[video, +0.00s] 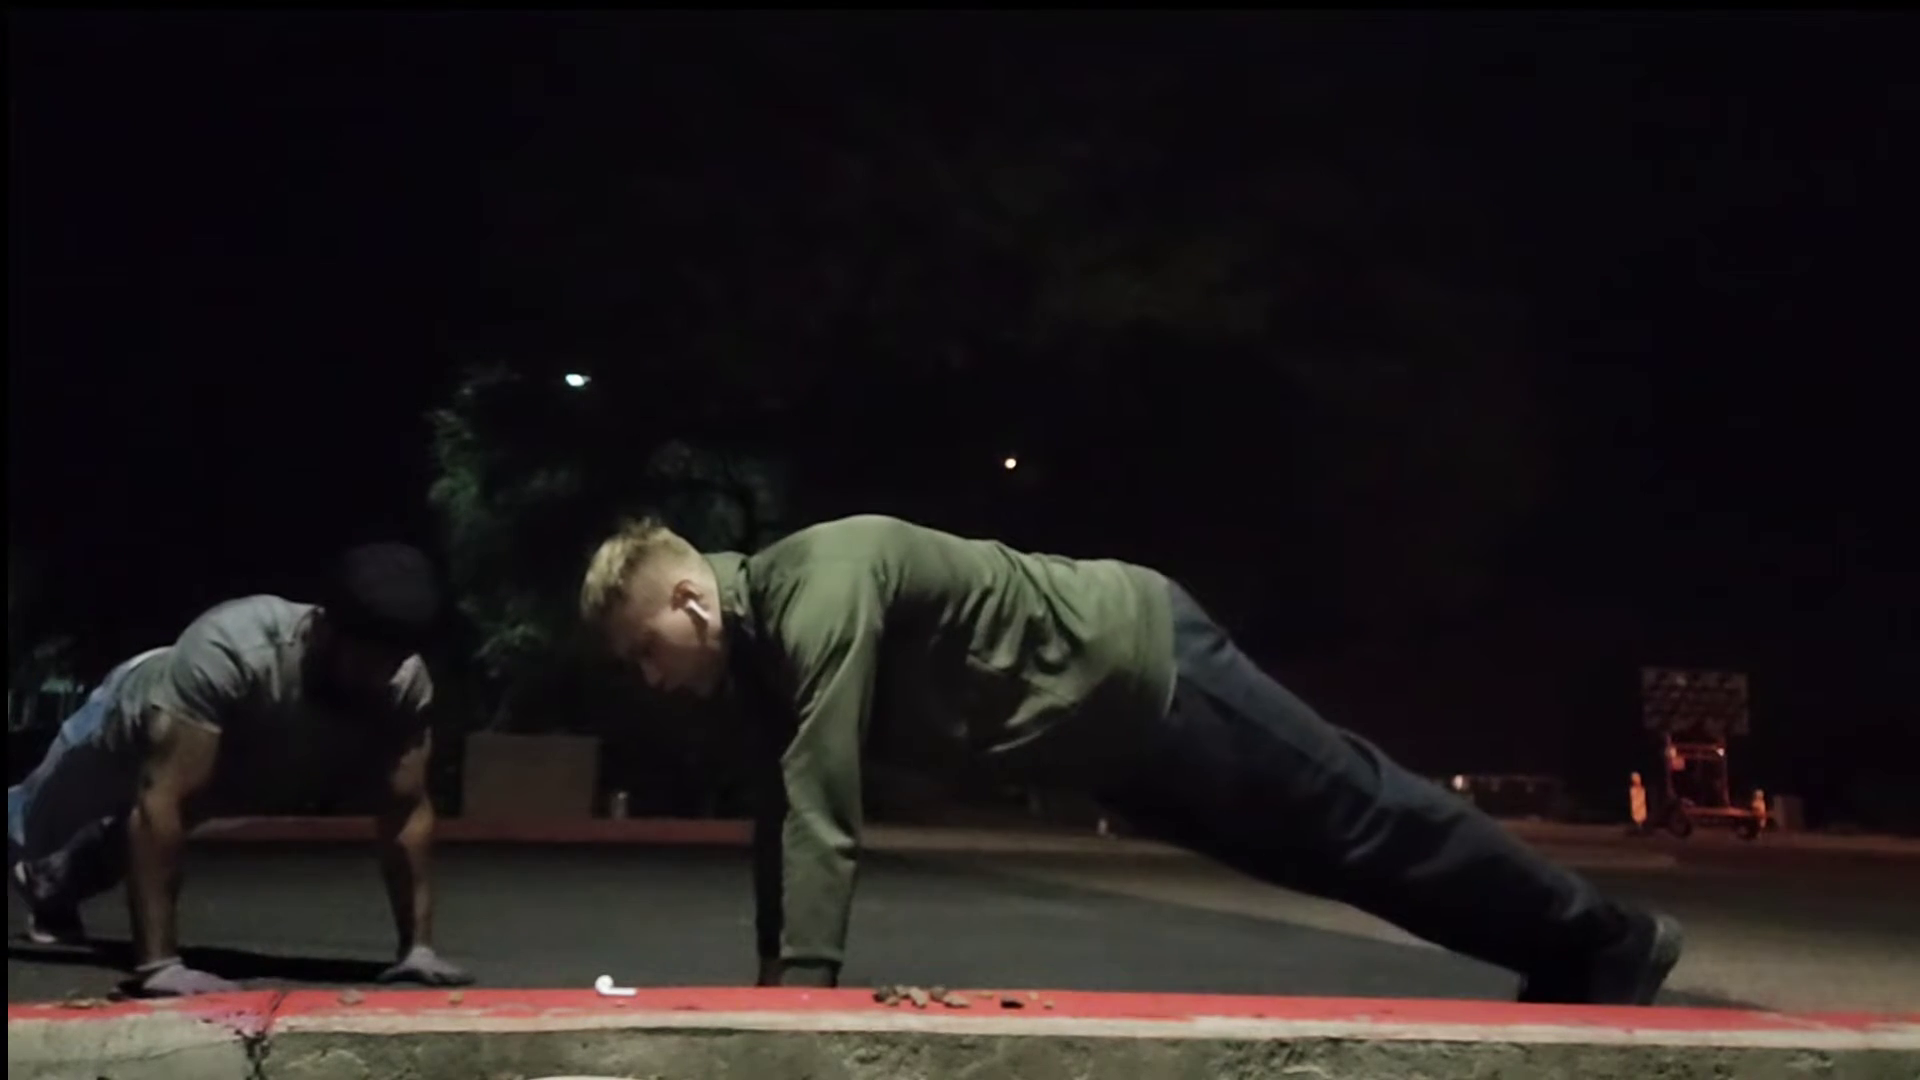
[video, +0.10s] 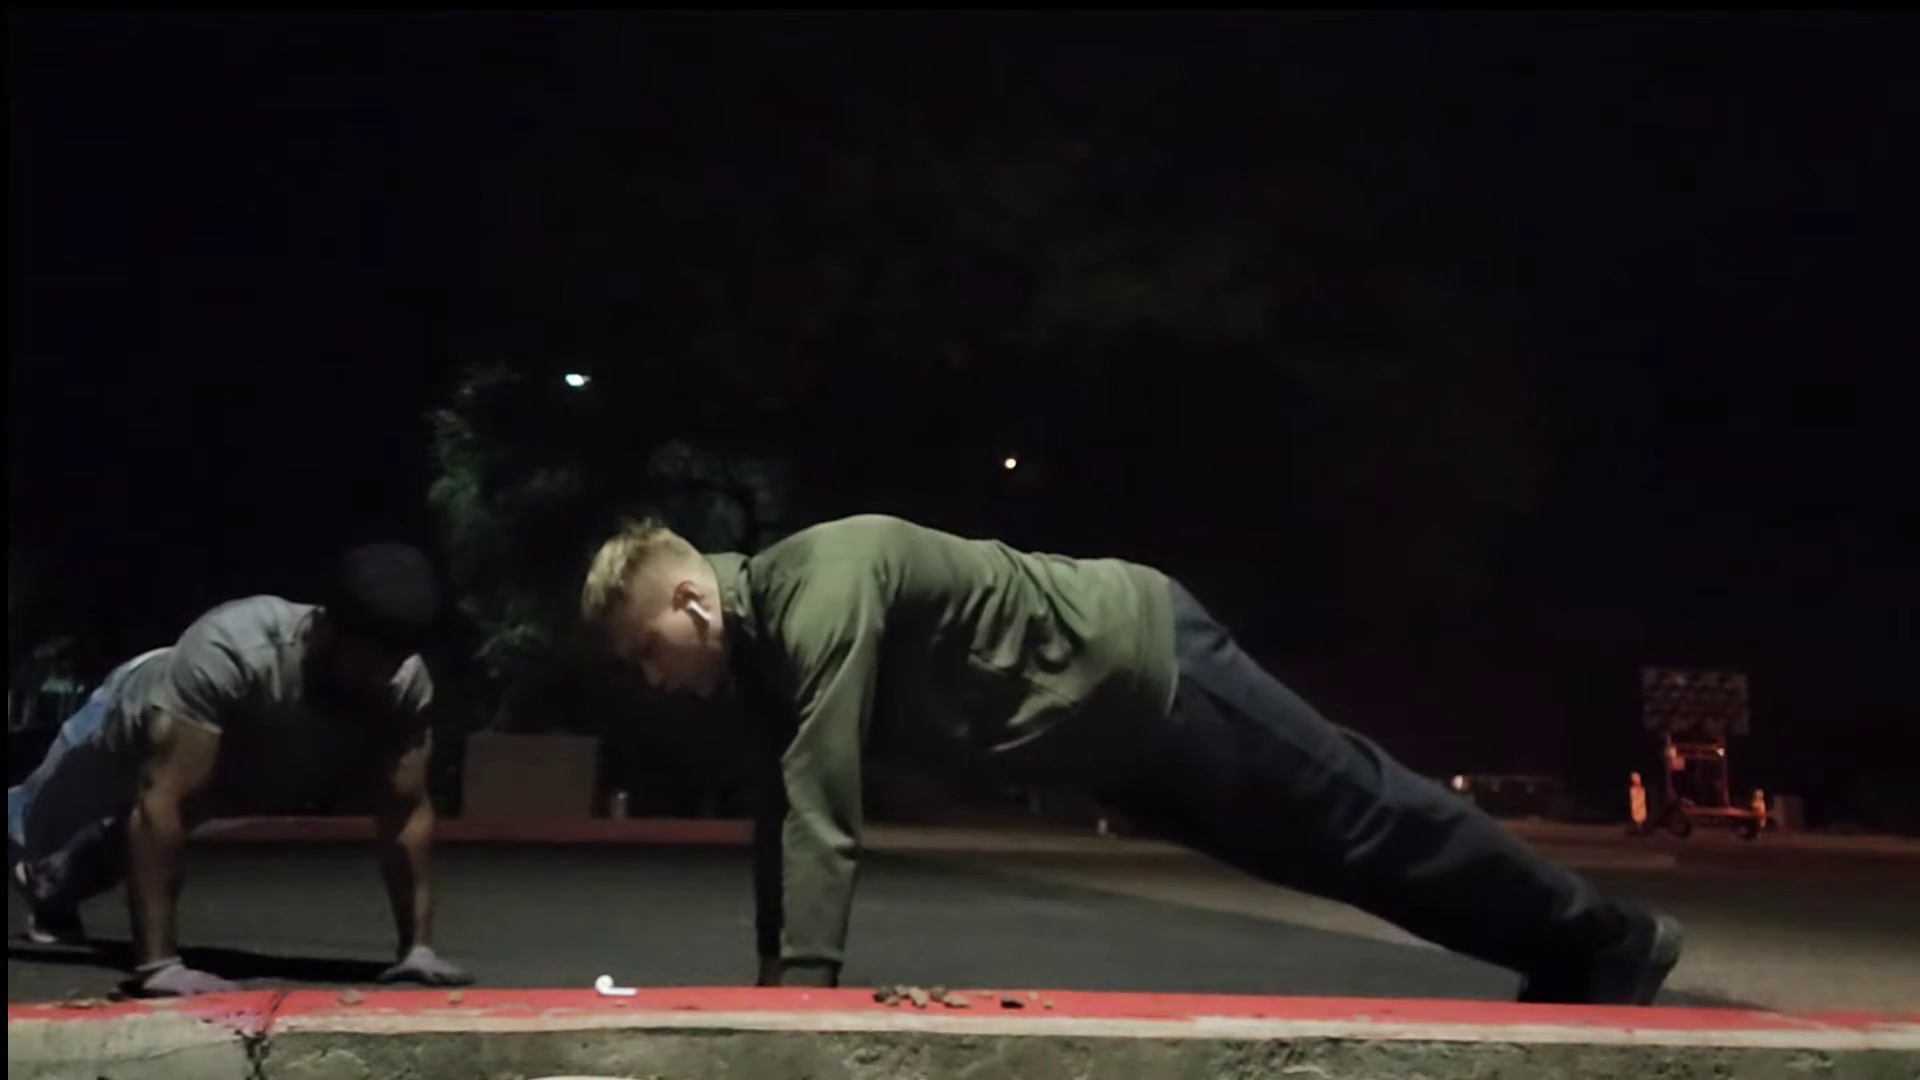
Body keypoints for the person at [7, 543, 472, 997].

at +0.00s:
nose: (387, 666)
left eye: (399, 650)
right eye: (373, 645)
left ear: (409, 646)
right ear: (328, 628)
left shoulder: (404, 687)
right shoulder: (228, 649)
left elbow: (409, 814)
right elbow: (158, 804)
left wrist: (418, 948)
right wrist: (157, 960)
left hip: (219, 758)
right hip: (125, 733)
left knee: (121, 845)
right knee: (33, 821)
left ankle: (54, 892)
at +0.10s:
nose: (388, 666)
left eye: (400, 650)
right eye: (374, 645)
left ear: (409, 646)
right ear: (329, 629)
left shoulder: (405, 686)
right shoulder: (229, 650)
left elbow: (409, 814)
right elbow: (158, 804)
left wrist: (418, 948)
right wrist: (157, 960)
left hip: (219, 758)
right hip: (127, 732)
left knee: (125, 843)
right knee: (34, 820)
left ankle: (55, 890)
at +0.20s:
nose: (390, 665)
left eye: (401, 649)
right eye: (376, 644)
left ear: (410, 645)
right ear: (330, 628)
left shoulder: (405, 686)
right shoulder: (230, 651)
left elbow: (410, 814)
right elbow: (159, 805)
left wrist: (418, 948)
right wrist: (157, 960)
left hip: (218, 758)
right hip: (126, 733)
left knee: (123, 845)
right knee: (35, 820)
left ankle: (55, 891)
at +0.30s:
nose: (391, 666)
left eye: (402, 650)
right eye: (376, 645)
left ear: (410, 646)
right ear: (330, 629)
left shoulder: (405, 686)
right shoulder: (230, 651)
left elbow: (410, 814)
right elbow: (158, 805)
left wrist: (418, 948)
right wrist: (157, 960)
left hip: (218, 758)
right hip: (127, 733)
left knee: (123, 846)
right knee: (35, 821)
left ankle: (55, 891)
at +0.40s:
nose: (392, 665)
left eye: (402, 649)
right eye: (377, 644)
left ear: (410, 646)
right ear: (330, 629)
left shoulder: (405, 685)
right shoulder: (230, 652)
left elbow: (411, 813)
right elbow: (159, 806)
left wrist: (418, 948)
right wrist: (157, 960)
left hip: (219, 757)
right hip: (127, 732)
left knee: (123, 845)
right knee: (35, 820)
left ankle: (55, 890)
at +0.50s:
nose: (392, 664)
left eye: (403, 649)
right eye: (377, 643)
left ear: (411, 645)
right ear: (330, 629)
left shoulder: (405, 685)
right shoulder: (231, 652)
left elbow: (411, 815)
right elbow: (159, 807)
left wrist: (418, 948)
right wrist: (157, 961)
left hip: (218, 756)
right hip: (127, 732)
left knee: (125, 844)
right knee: (37, 818)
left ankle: (55, 891)